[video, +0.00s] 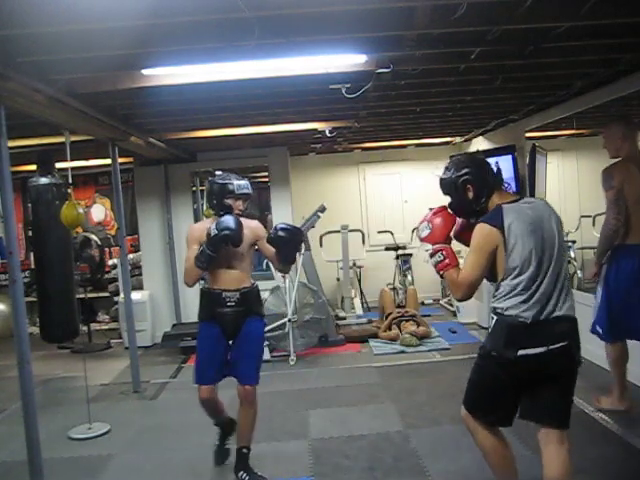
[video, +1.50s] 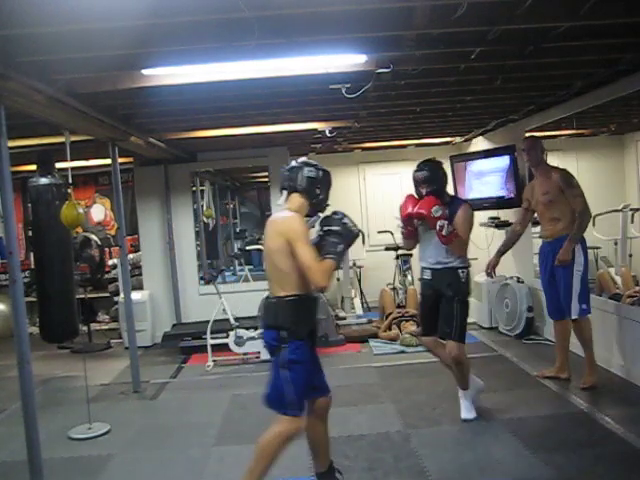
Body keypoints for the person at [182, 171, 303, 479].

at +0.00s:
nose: (239, 206)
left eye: (243, 201)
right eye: (233, 200)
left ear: (246, 203)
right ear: (217, 201)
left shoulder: (253, 228)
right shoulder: (199, 230)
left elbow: (282, 267)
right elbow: (189, 279)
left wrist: (289, 249)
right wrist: (210, 248)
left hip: (248, 310)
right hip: (212, 311)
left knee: (248, 391)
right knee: (205, 394)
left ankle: (243, 463)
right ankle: (226, 426)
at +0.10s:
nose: (241, 202)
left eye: (243, 196)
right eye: (235, 196)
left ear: (243, 198)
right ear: (217, 196)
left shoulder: (249, 225)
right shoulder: (195, 228)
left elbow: (276, 264)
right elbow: (184, 277)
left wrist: (290, 248)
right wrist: (209, 246)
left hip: (246, 311)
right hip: (209, 312)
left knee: (245, 393)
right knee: (201, 394)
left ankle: (242, 464)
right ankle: (209, 444)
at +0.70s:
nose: (263, 206)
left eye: (264, 200)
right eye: (259, 199)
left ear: (241, 197)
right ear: (240, 196)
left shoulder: (248, 225)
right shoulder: (207, 228)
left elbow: (271, 256)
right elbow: (215, 282)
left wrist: (303, 250)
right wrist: (250, 248)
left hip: (252, 323)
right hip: (221, 329)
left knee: (287, 400)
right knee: (221, 418)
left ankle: (270, 471)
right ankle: (205, 477)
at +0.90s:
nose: (286, 209)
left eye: (286, 202)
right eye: (282, 201)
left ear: (264, 198)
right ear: (265, 197)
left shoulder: (270, 226)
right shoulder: (224, 224)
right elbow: (225, 279)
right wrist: (268, 248)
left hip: (262, 324)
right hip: (231, 328)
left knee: (297, 403)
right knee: (229, 421)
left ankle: (298, 472)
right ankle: (207, 476)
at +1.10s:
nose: (297, 198)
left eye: (299, 192)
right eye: (294, 190)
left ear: (276, 189)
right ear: (277, 187)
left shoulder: (279, 223)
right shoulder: (239, 223)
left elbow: (312, 242)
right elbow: (245, 279)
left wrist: (350, 230)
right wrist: (284, 243)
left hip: (278, 321)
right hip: (248, 327)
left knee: (298, 403)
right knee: (260, 418)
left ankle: (299, 472)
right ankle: (231, 476)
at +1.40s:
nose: (313, 197)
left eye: (313, 191)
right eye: (312, 190)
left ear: (282, 187)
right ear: (302, 189)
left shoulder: (272, 222)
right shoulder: (274, 221)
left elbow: (285, 275)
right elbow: (295, 279)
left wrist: (308, 247)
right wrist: (321, 251)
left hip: (286, 325)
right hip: (274, 328)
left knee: (320, 396)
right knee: (267, 423)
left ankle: (320, 471)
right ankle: (240, 476)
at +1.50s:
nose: (323, 198)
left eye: (323, 192)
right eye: (322, 190)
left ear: (291, 187)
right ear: (314, 189)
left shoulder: (278, 221)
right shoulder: (292, 222)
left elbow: (302, 275)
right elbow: (319, 279)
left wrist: (326, 246)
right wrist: (336, 248)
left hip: (288, 322)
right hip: (288, 325)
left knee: (319, 402)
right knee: (292, 419)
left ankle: (325, 473)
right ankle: (251, 475)